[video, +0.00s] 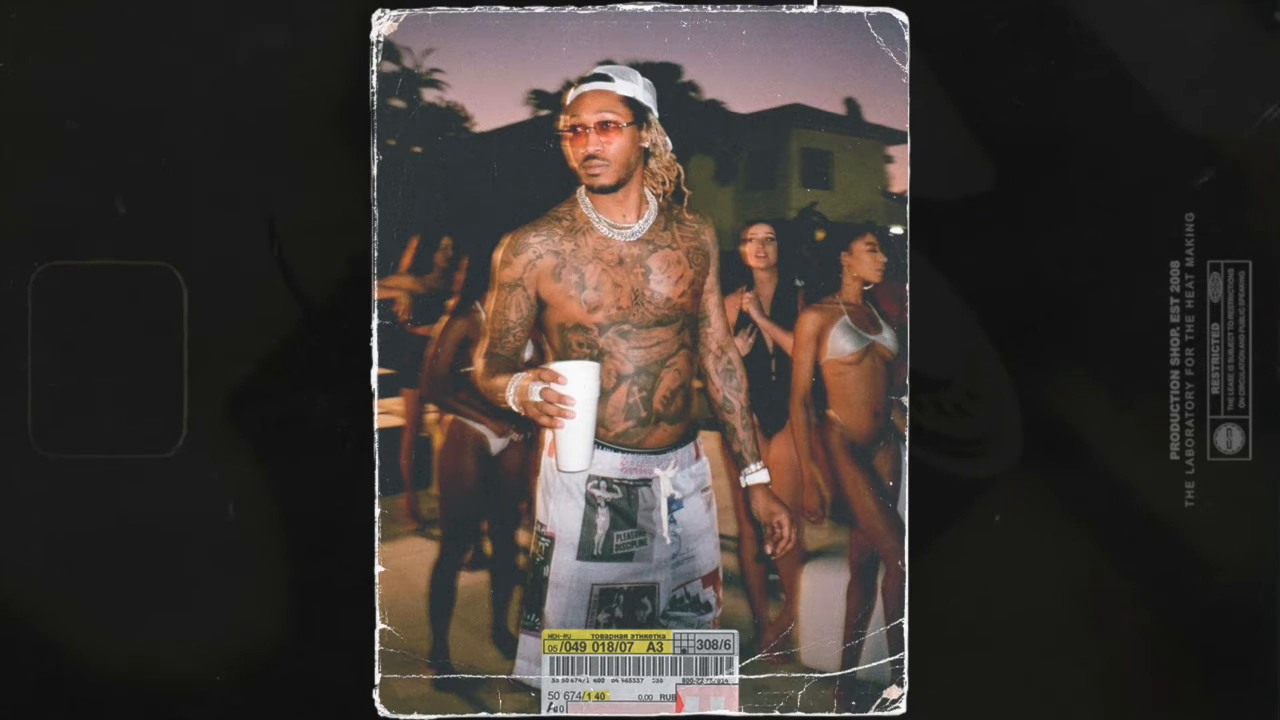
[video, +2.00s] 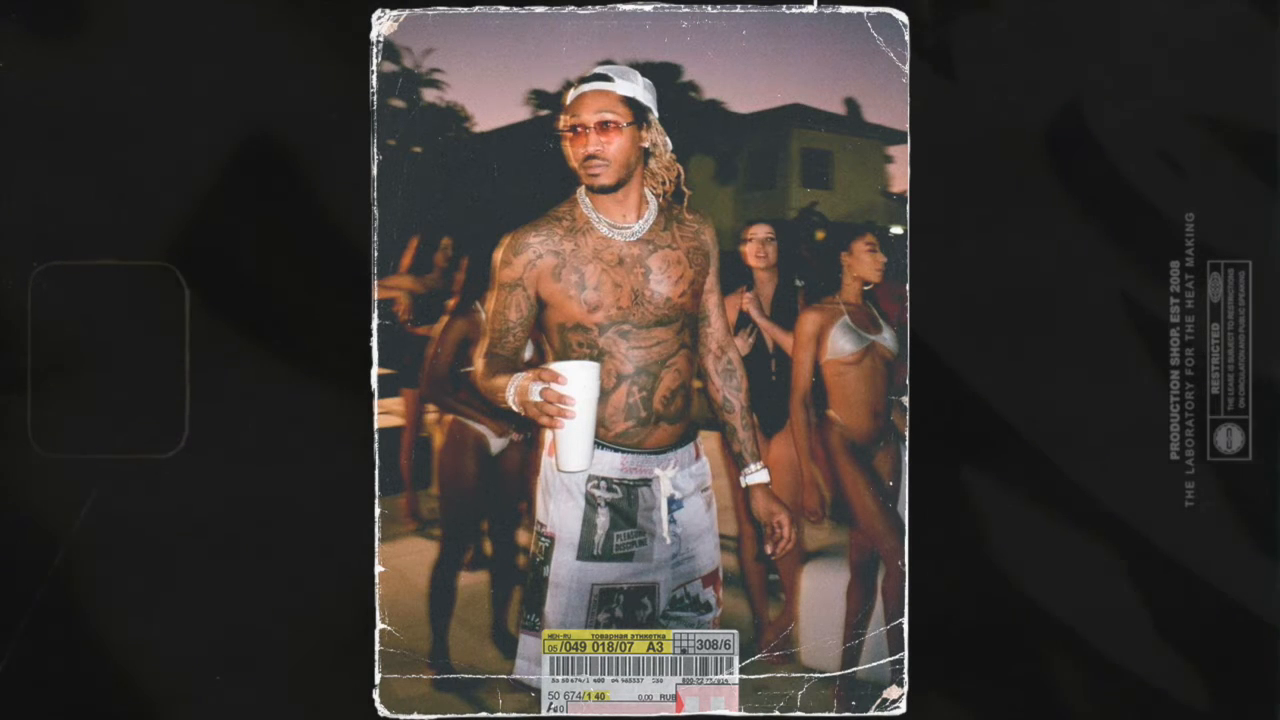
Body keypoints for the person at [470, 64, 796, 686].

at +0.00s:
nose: (590, 143)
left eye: (608, 126)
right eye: (576, 130)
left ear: (646, 138)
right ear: (565, 143)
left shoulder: (693, 236)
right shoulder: (532, 248)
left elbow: (720, 358)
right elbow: (490, 366)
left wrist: (756, 481)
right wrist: (516, 389)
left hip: (681, 477)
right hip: (582, 482)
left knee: (690, 663)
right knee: (573, 667)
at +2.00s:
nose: (590, 143)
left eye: (608, 126)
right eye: (576, 130)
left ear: (646, 138)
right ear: (565, 143)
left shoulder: (693, 235)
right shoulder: (532, 247)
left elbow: (720, 358)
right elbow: (491, 364)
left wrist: (756, 482)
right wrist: (516, 389)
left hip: (681, 476)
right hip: (583, 481)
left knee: (689, 663)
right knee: (573, 668)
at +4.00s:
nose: (590, 143)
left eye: (608, 126)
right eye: (576, 130)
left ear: (645, 138)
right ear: (565, 144)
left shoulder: (693, 236)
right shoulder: (532, 248)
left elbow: (720, 359)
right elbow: (491, 365)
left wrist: (756, 482)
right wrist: (516, 389)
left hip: (681, 477)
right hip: (582, 482)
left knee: (689, 664)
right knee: (574, 669)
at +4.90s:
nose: (590, 143)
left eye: (608, 126)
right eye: (576, 130)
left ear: (645, 138)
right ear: (565, 144)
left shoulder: (694, 236)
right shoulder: (532, 248)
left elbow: (720, 359)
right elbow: (491, 365)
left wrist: (756, 482)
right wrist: (516, 389)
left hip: (681, 477)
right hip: (582, 482)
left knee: (689, 664)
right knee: (573, 669)